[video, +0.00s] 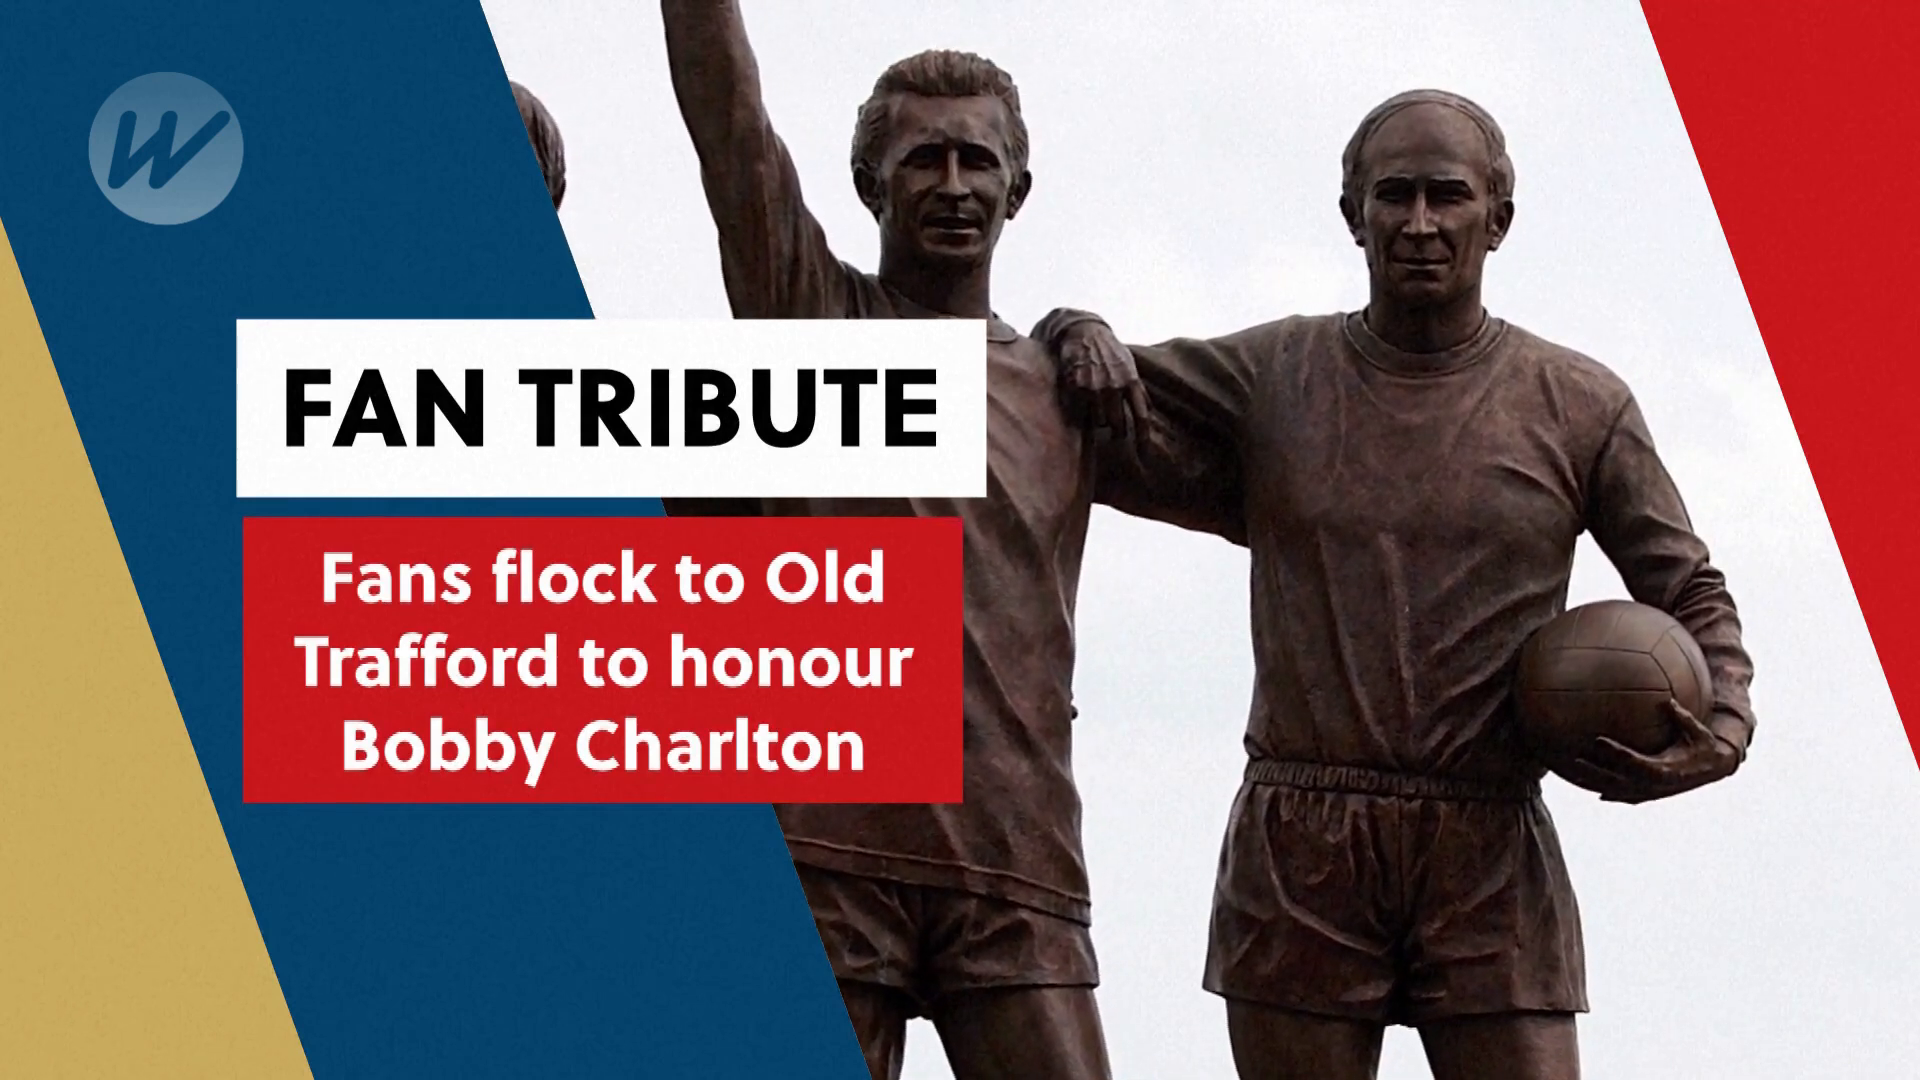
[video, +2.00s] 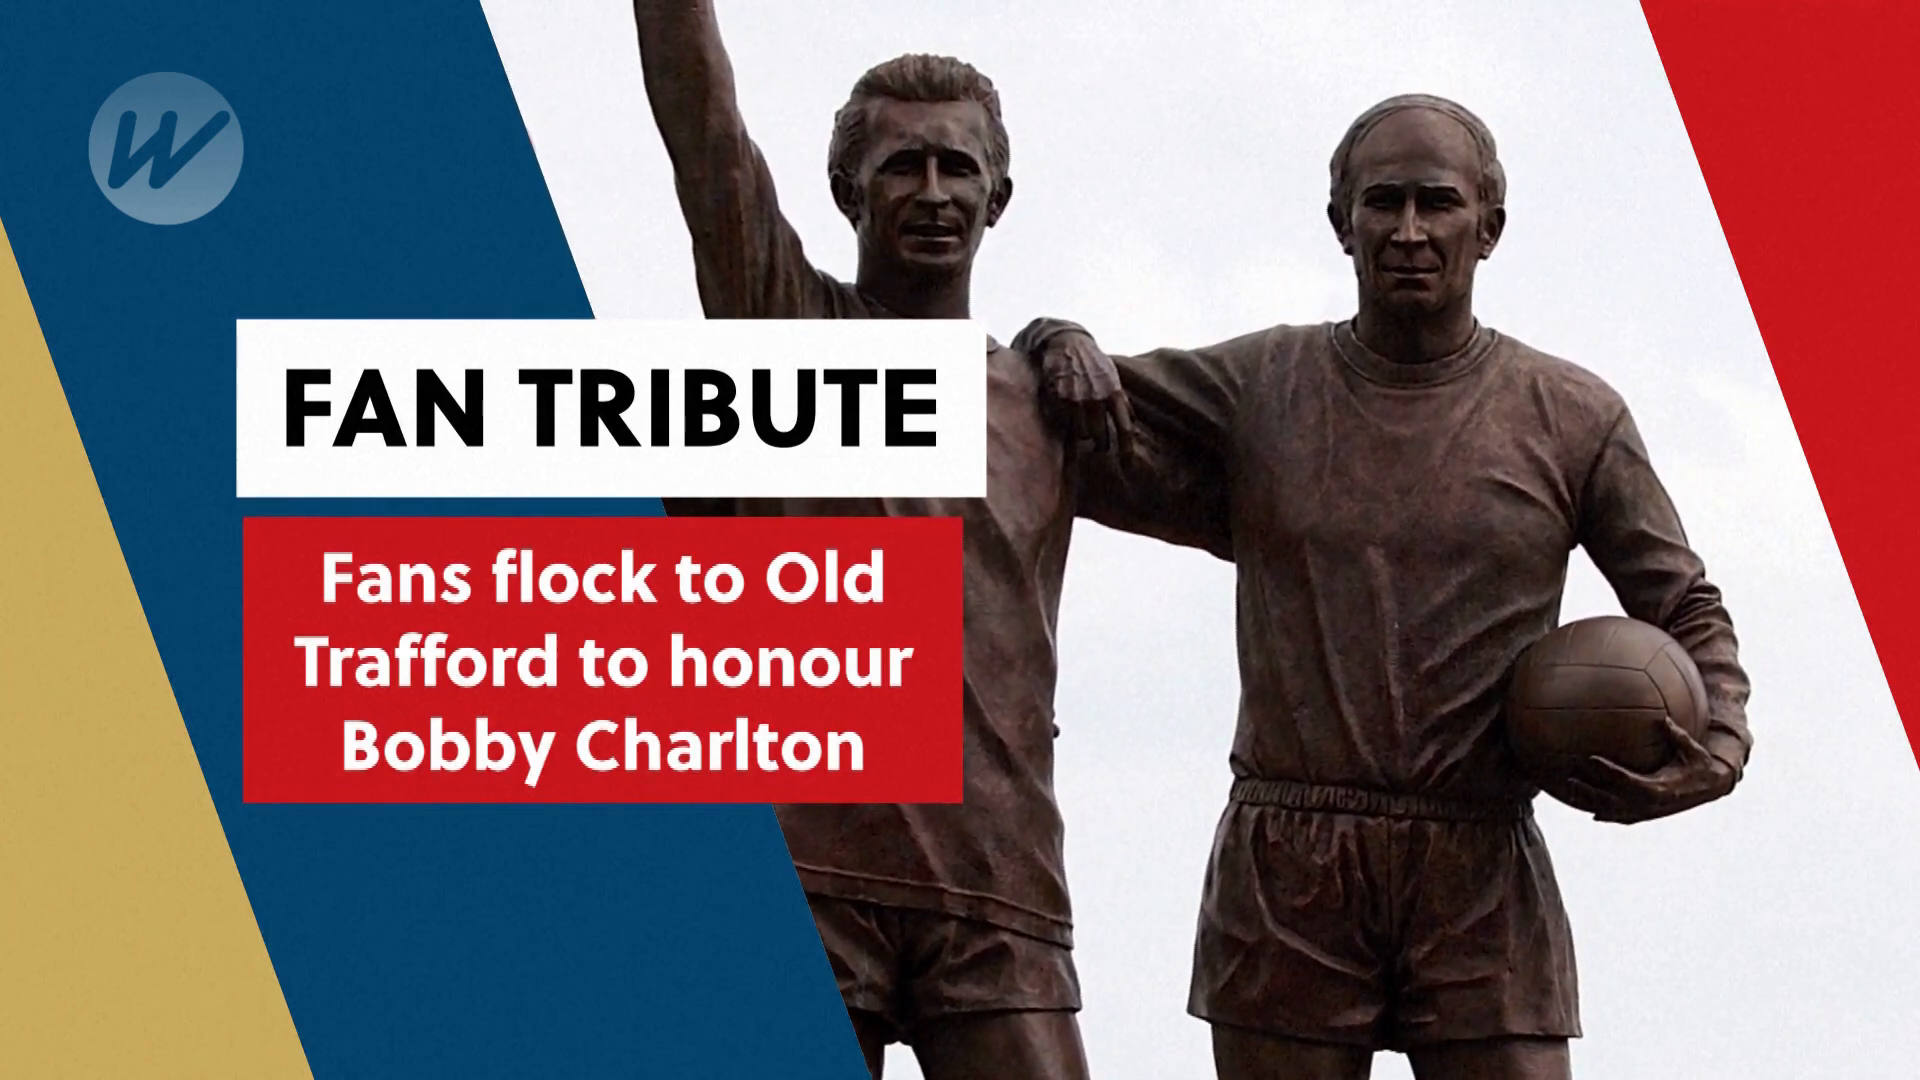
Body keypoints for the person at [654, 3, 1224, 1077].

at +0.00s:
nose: (955, 183)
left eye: (979, 159)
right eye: (924, 159)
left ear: (1017, 187)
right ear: (870, 183)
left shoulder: (1070, 393)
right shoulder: (808, 319)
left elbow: (1270, 487)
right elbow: (729, 125)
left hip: (1017, 867)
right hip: (824, 862)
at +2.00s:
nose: (933, 189)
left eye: (958, 166)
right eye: (902, 165)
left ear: (997, 197)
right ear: (849, 192)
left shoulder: (1049, 402)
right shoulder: (781, 330)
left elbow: (1255, 507)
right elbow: (701, 130)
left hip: (999, 890)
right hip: (805, 885)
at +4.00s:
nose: (918, 195)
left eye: (943, 171)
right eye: (886, 170)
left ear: (981, 202)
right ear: (830, 200)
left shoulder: (1035, 404)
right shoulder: (763, 337)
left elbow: (1241, 515)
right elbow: (683, 137)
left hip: (987, 909)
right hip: (793, 900)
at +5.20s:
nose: (907, 209)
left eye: (930, 180)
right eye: (887, 177)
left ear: (960, 198)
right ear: (850, 187)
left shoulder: (1001, 414)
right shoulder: (793, 379)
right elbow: (684, 136)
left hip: (962, 870)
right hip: (805, 869)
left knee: (998, 1049)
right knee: (790, 1046)